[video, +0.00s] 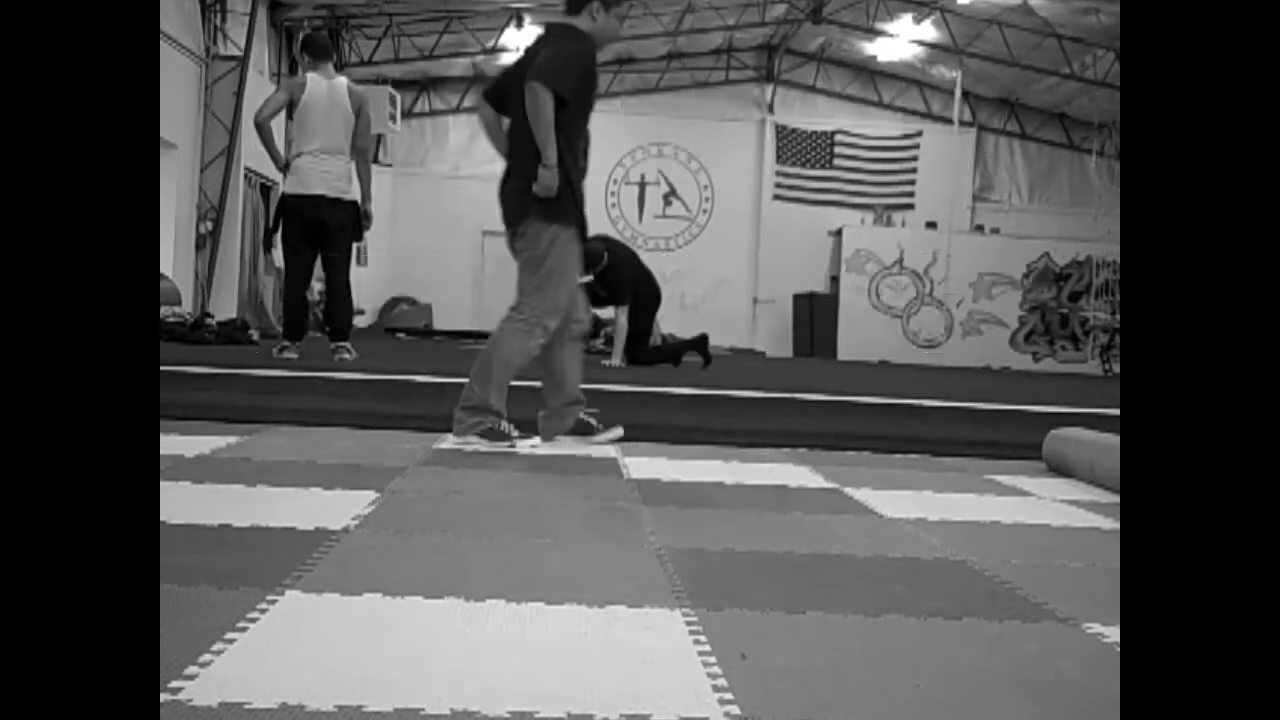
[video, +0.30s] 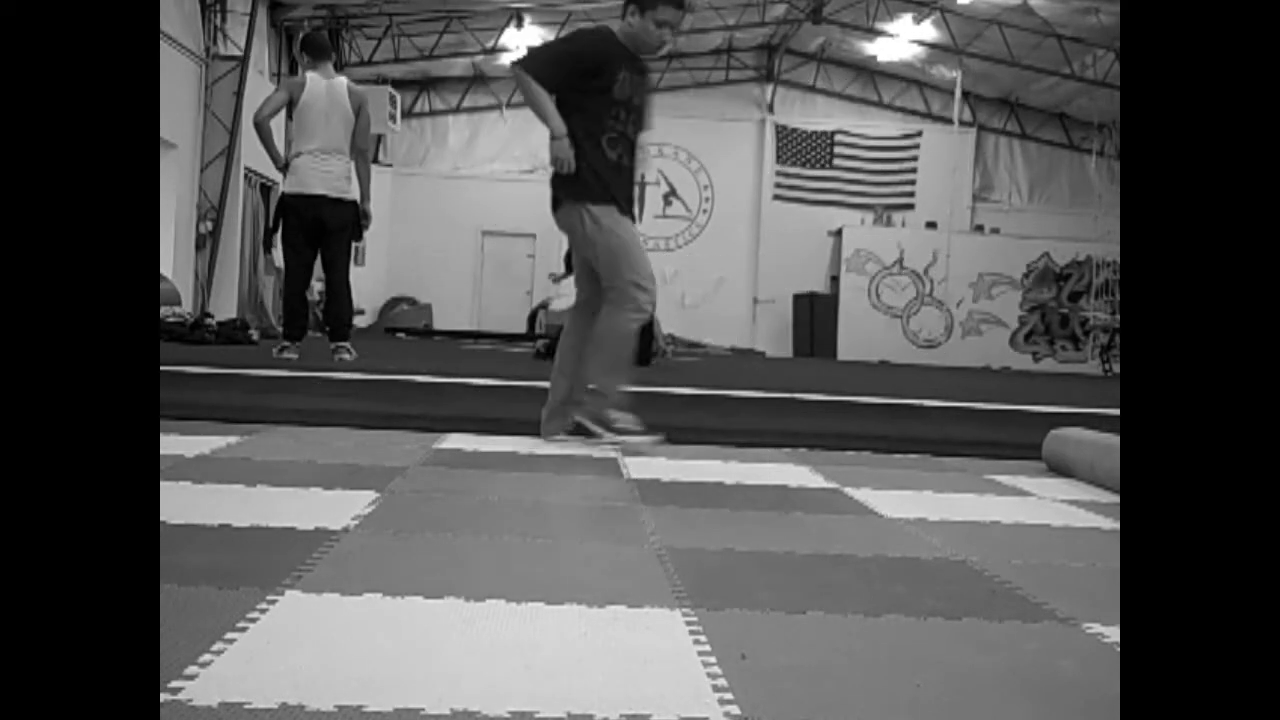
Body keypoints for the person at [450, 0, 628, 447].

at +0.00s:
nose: (621, 27)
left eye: (622, 16)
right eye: (619, 15)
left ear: (579, 8)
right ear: (597, 9)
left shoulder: (545, 47)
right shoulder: (574, 43)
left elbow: (488, 105)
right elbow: (539, 88)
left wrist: (517, 159)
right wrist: (549, 164)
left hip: (534, 194)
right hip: (550, 196)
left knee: (569, 316)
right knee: (538, 313)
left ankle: (563, 416)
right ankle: (477, 413)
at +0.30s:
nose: (667, 38)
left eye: (673, 30)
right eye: (662, 25)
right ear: (634, 13)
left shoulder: (636, 67)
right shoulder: (596, 42)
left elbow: (625, 131)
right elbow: (525, 72)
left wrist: (630, 171)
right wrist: (559, 131)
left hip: (607, 200)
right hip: (585, 198)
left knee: (590, 306)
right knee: (634, 292)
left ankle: (559, 418)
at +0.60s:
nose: (692, 49)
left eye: (700, 40)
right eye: (684, 38)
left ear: (707, 35)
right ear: (658, 27)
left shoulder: (709, 80)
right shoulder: (616, 77)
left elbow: (729, 139)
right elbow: (571, 142)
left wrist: (734, 192)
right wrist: (592, 198)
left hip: (680, 214)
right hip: (630, 213)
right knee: (677, 316)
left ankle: (624, 375)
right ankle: (681, 427)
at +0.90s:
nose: (681, 59)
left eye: (691, 47)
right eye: (670, 49)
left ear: (707, 37)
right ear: (655, 42)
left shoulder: (736, 78)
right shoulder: (637, 83)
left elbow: (801, 120)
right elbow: (605, 148)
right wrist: (644, 105)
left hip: (734, 214)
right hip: (673, 223)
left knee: (757, 324)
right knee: (712, 348)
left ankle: (794, 416)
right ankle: (773, 431)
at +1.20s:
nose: (680, 51)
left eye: (691, 40)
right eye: (671, 39)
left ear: (712, 36)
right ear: (660, 32)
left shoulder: (729, 92)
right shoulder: (625, 84)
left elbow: (732, 155)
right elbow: (599, 154)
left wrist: (723, 206)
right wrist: (608, 206)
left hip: (689, 220)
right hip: (627, 218)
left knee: (677, 319)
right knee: (627, 321)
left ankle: (673, 425)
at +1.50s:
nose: (579, 8)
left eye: (587, 4)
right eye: (574, 5)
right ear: (568, 0)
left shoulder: (655, 28)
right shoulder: (552, 26)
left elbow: (734, 59)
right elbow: (507, 59)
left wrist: (687, 128)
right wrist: (495, 60)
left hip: (610, 183)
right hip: (548, 174)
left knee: (562, 294)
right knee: (515, 269)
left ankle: (530, 405)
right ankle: (505, 374)